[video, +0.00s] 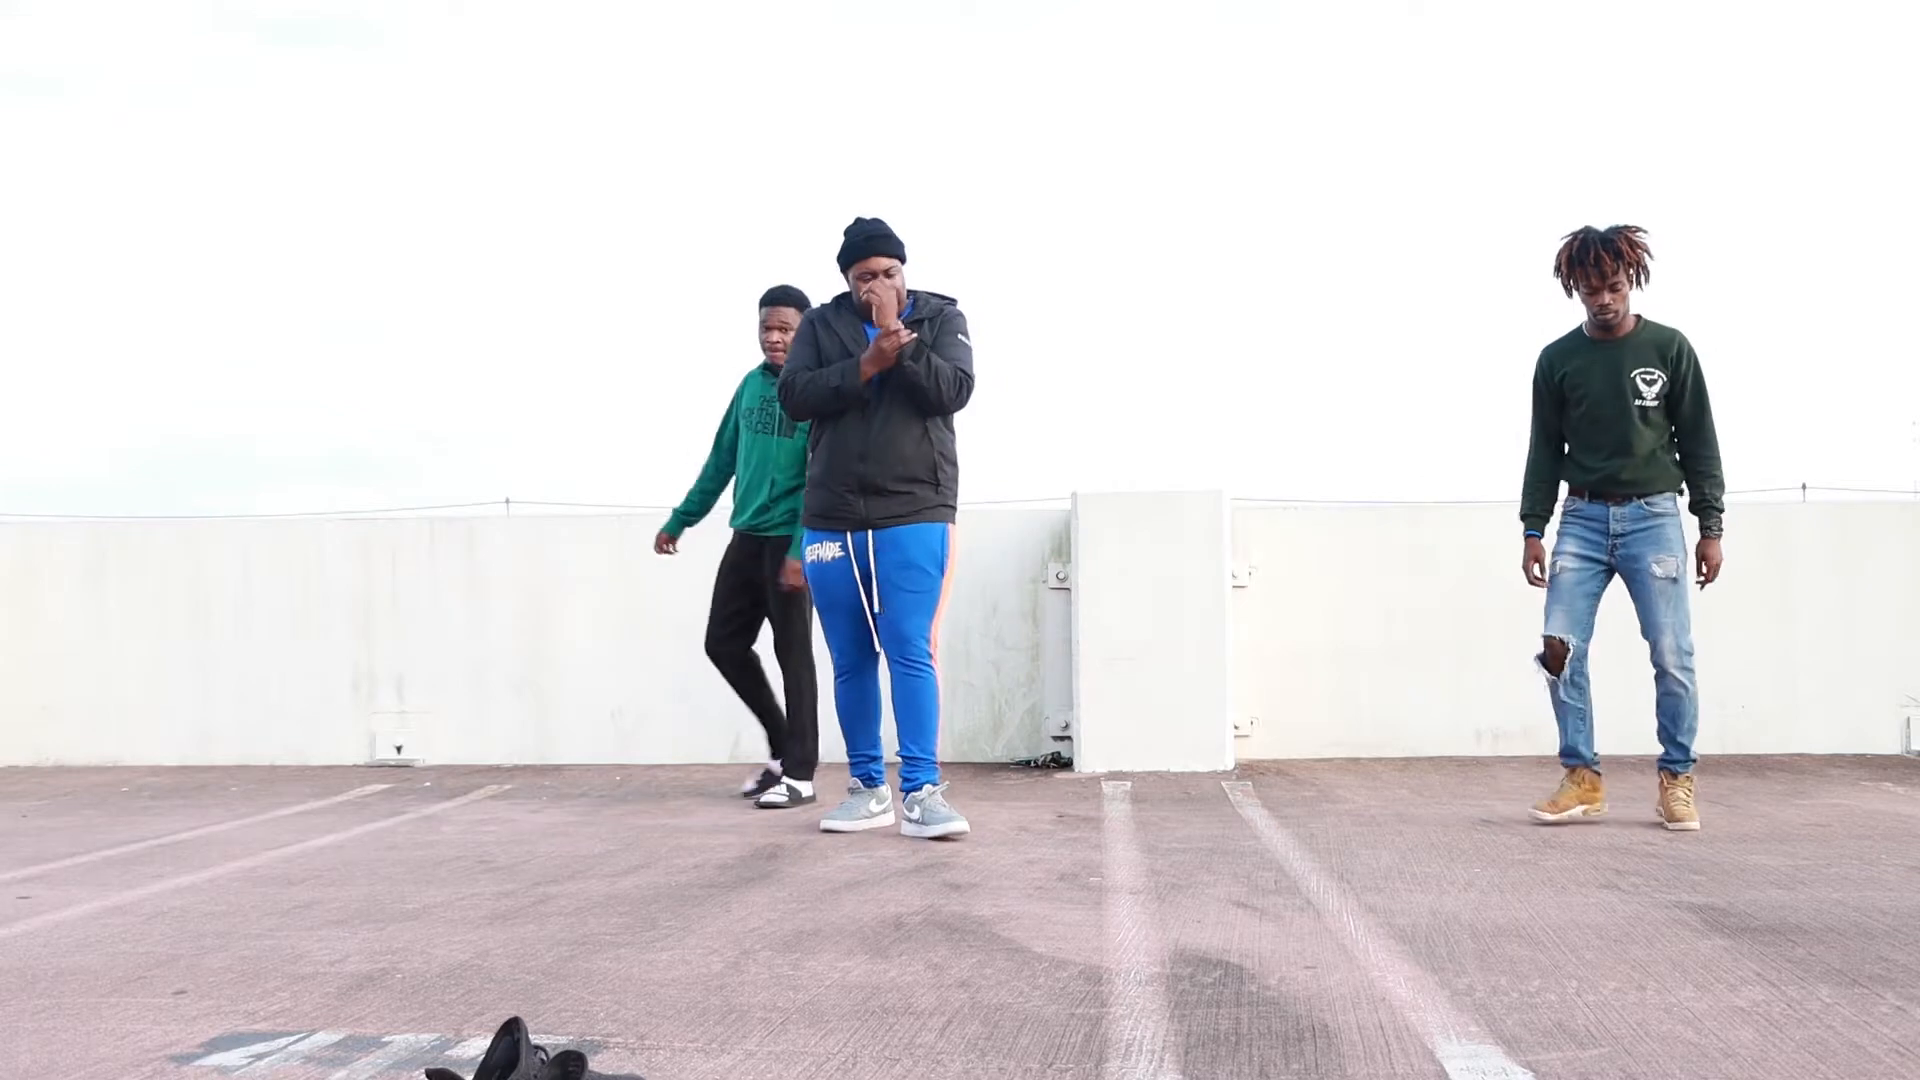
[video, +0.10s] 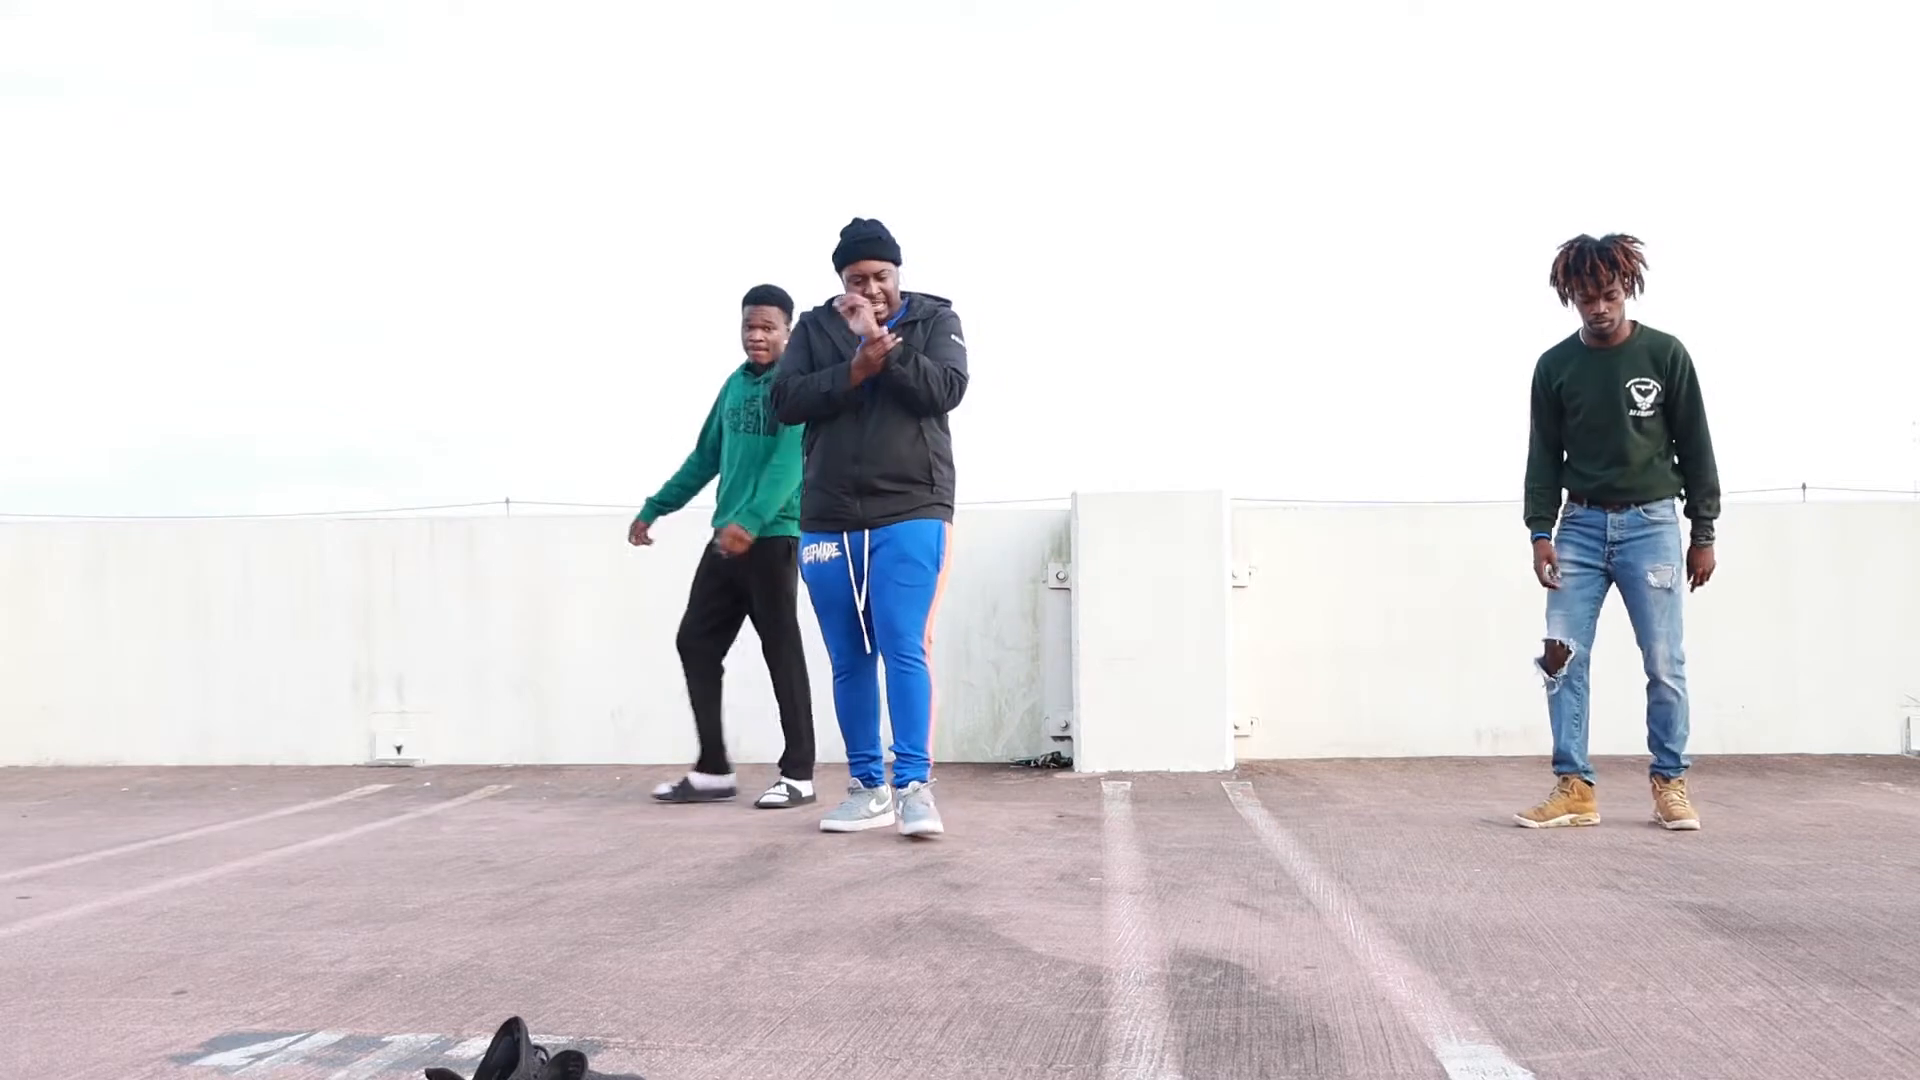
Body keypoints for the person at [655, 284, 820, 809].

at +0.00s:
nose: (774, 338)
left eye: (785, 330)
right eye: (767, 329)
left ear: (806, 334)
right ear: (759, 332)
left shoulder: (819, 388)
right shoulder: (750, 387)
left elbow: (822, 475)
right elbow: (721, 463)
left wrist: (801, 550)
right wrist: (678, 521)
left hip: (794, 540)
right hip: (748, 537)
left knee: (794, 654)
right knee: (725, 644)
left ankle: (800, 774)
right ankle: (787, 751)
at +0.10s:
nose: (757, 337)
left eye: (768, 328)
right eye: (750, 328)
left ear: (789, 333)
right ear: (742, 332)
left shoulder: (801, 384)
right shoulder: (734, 386)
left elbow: (793, 460)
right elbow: (705, 459)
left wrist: (750, 519)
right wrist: (653, 508)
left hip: (776, 538)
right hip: (728, 537)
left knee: (782, 653)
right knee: (697, 643)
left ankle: (798, 776)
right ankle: (712, 771)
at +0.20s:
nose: (734, 336)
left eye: (745, 328)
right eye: (727, 327)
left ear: (765, 333)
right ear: (718, 332)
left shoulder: (778, 377)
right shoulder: (713, 388)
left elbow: (757, 449)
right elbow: (686, 462)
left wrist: (709, 501)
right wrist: (633, 513)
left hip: (755, 539)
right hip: (707, 538)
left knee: (770, 655)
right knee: (673, 649)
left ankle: (797, 776)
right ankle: (640, 773)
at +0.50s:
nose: (658, 345)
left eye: (666, 336)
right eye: (648, 338)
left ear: (685, 336)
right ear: (639, 343)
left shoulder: (710, 382)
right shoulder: (631, 405)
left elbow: (709, 437)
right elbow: (603, 465)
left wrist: (642, 447)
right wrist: (577, 463)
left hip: (691, 545)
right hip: (637, 548)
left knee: (700, 652)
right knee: (601, 656)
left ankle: (747, 766)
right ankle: (611, 781)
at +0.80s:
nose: (649, 344)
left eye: (657, 334)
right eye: (638, 337)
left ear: (672, 333)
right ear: (624, 340)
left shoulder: (698, 383)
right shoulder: (607, 381)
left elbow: (719, 411)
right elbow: (602, 406)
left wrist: (729, 433)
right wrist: (642, 412)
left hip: (676, 549)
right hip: (613, 549)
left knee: (687, 660)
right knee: (592, 665)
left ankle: (700, 788)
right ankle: (608, 780)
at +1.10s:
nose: (667, 325)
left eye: (677, 314)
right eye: (659, 316)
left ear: (700, 313)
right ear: (649, 318)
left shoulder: (719, 368)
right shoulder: (634, 359)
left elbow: (738, 416)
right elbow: (590, 381)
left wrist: (729, 383)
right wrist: (625, 359)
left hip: (673, 536)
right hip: (617, 530)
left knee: (677, 655)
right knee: (582, 647)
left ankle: (698, 791)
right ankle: (601, 770)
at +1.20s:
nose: (662, 312)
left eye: (674, 303)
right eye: (655, 303)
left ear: (699, 308)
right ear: (647, 308)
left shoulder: (722, 360)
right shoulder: (632, 357)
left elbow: (713, 395)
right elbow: (586, 379)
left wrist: (684, 336)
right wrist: (587, 335)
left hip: (673, 532)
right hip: (617, 525)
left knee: (679, 656)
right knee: (577, 643)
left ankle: (699, 791)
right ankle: (579, 776)